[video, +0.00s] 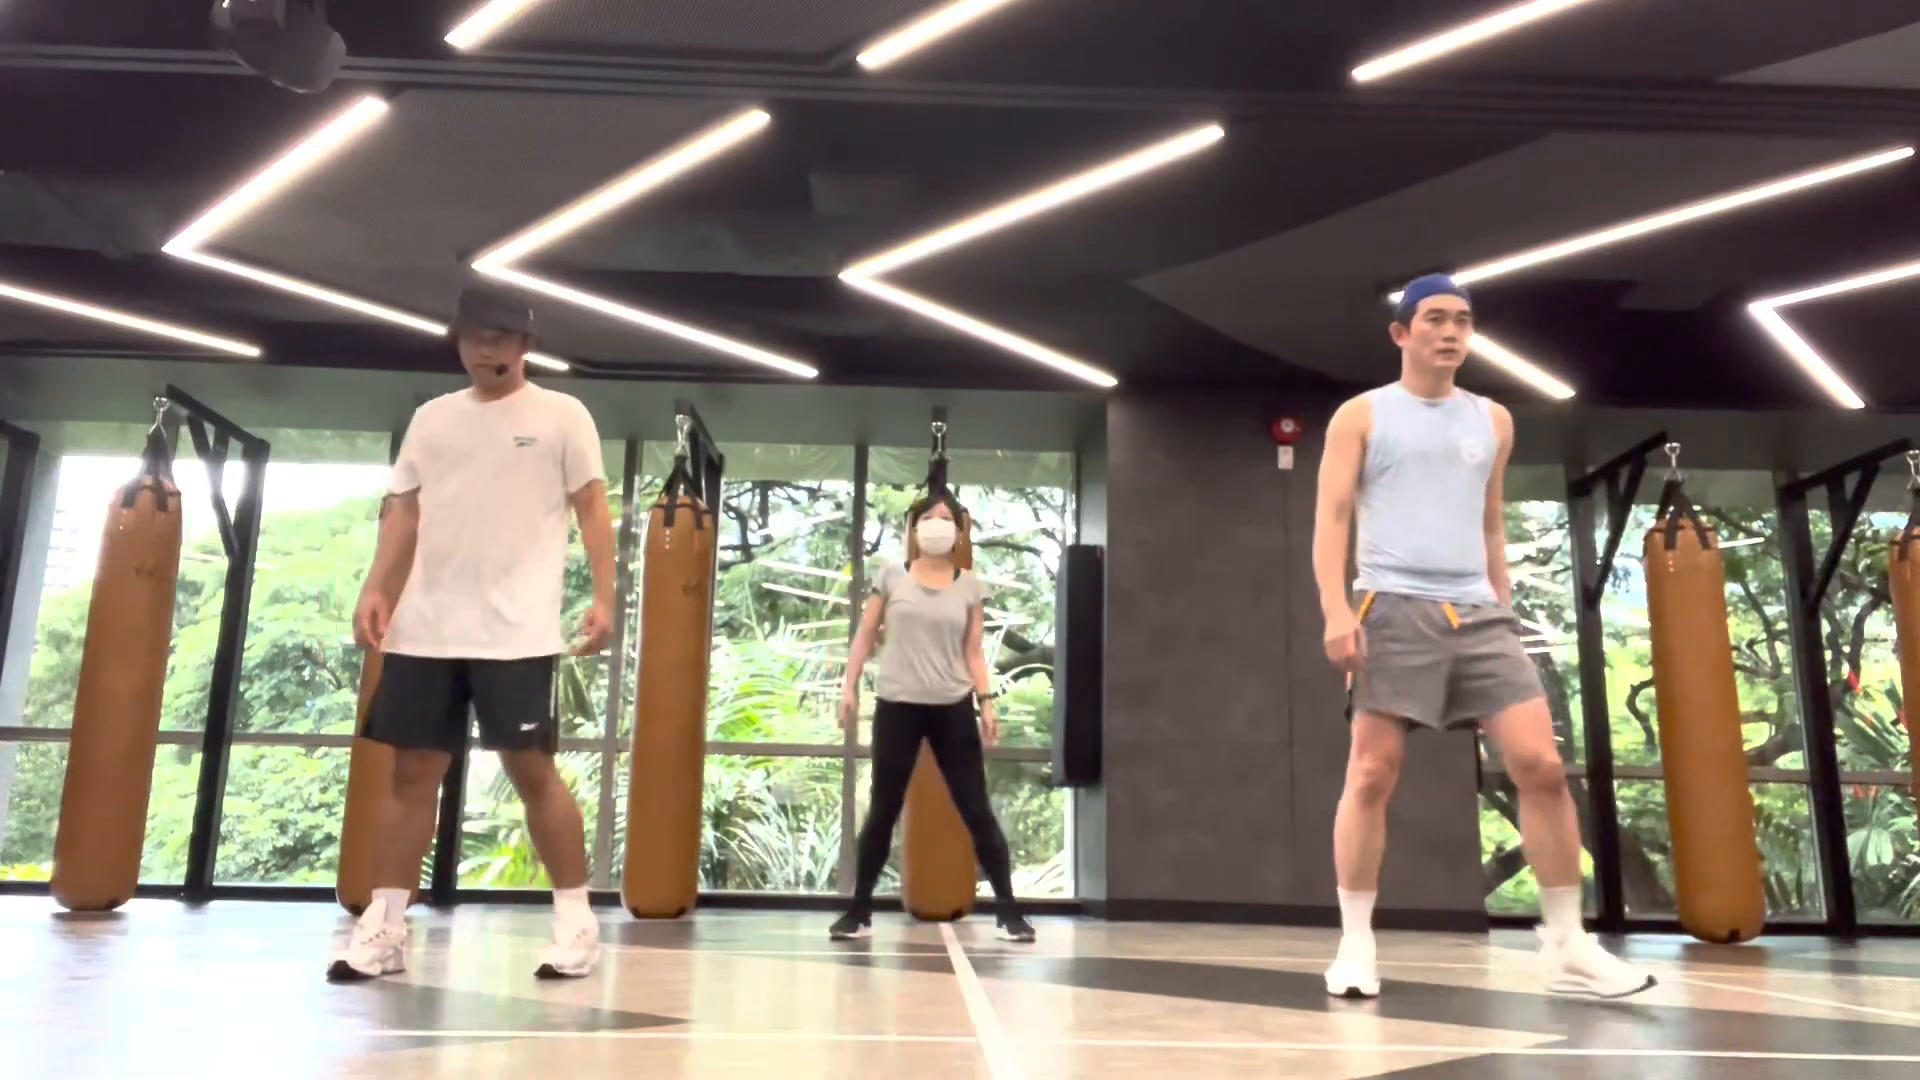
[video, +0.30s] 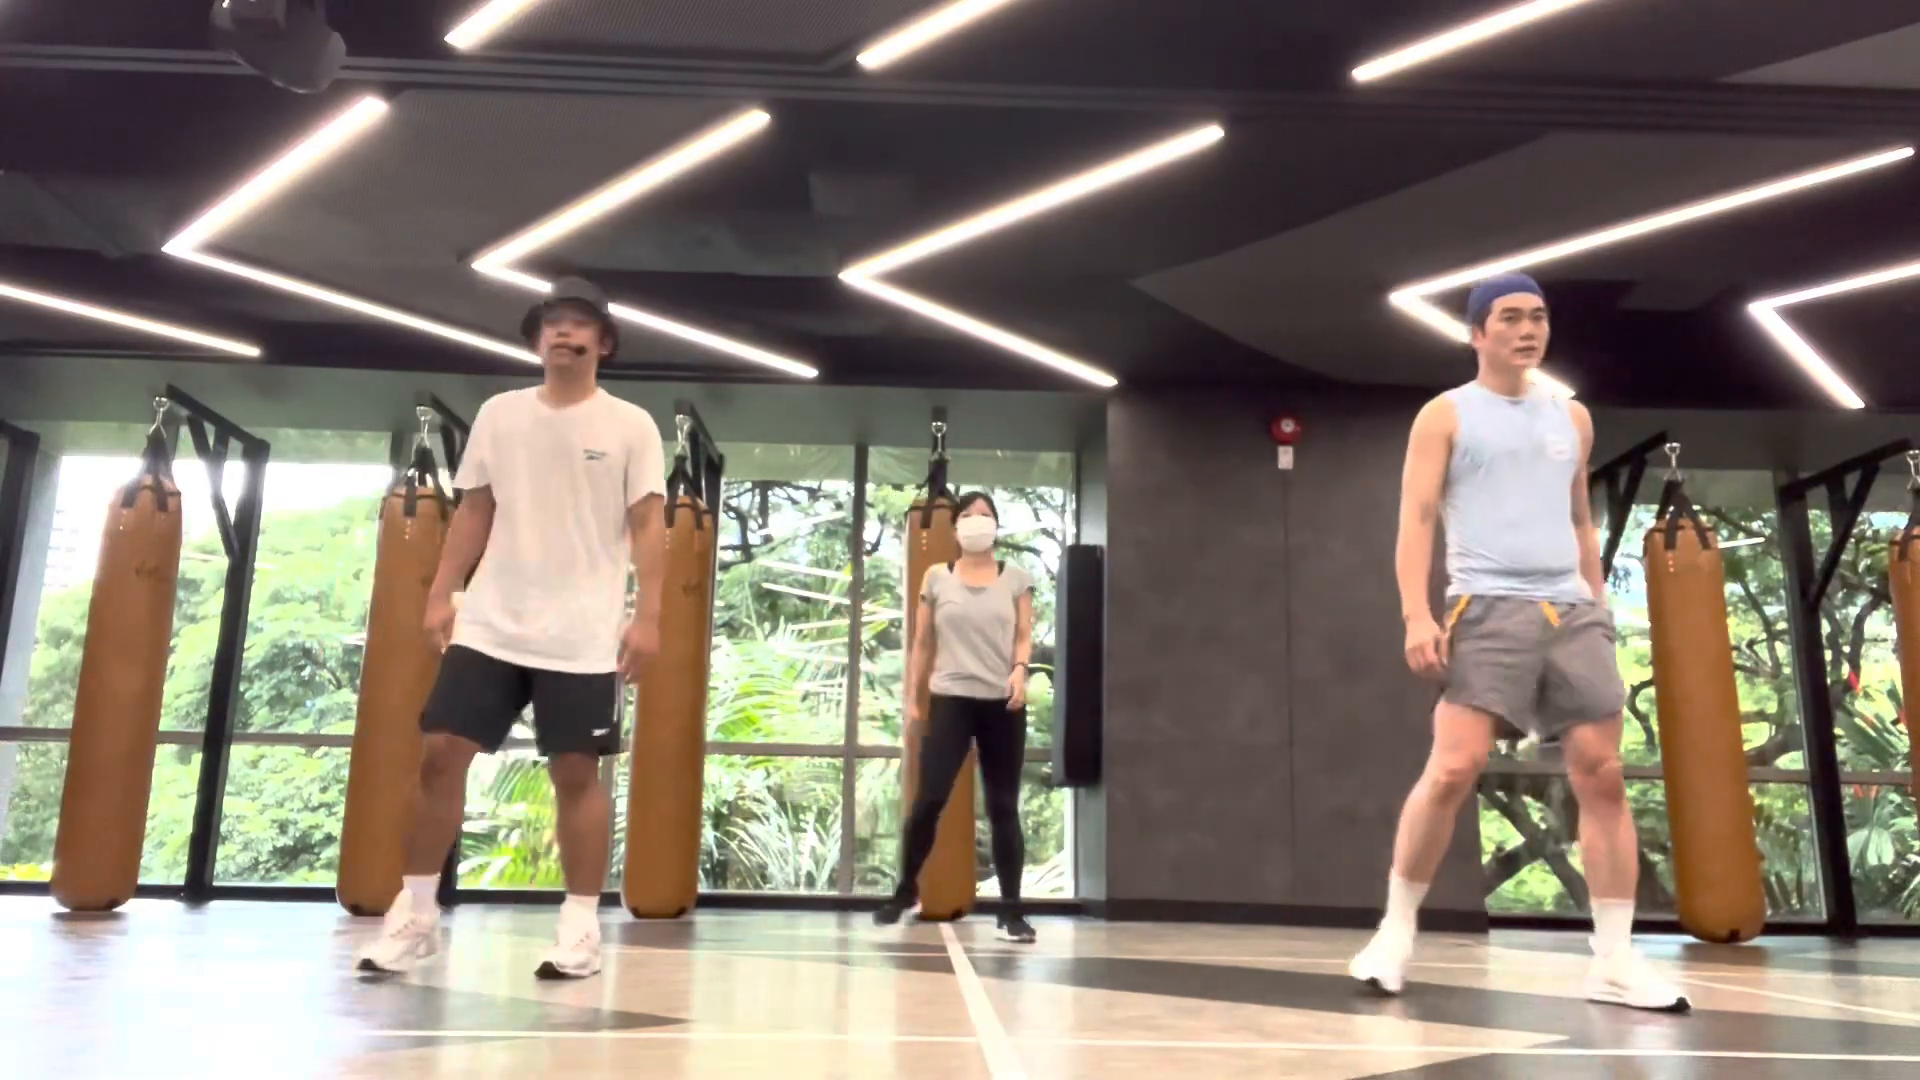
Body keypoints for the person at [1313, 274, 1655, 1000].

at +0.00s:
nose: (1453, 331)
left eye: (1462, 321)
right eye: (1438, 319)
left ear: (1471, 336)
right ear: (1402, 332)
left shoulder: (1492, 421)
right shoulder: (1360, 416)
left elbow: (1492, 526)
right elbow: (1332, 516)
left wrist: (1502, 615)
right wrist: (1336, 610)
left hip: (1483, 616)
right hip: (1395, 615)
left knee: (1543, 767)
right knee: (1370, 777)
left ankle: (1567, 946)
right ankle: (1355, 947)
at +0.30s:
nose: (1526, 329)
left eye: (1536, 317)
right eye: (1510, 318)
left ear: (1549, 331)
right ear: (1479, 332)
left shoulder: (1572, 416)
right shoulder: (1445, 414)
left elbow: (1581, 518)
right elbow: (1417, 518)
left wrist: (1596, 603)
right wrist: (1417, 614)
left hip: (1574, 613)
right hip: (1486, 614)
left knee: (1603, 775)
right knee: (1453, 769)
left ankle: (1613, 962)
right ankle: (1396, 930)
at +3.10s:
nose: (1424, 325)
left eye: (1434, 317)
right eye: (1407, 319)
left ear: (1450, 340)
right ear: (1379, 345)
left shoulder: (1490, 412)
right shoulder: (1348, 428)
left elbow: (1510, 514)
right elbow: (1331, 531)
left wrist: (1527, 601)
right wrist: (1316, 626)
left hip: (1473, 618)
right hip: (1384, 617)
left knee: (1528, 773)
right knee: (1372, 777)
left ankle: (1547, 937)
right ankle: (1369, 943)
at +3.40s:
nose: (1416, 332)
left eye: (1425, 322)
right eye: (1401, 321)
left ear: (1438, 340)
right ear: (1367, 338)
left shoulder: (1469, 416)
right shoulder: (1334, 423)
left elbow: (1482, 522)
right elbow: (1308, 526)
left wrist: (1491, 616)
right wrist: (1280, 626)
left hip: (1452, 614)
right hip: (1369, 613)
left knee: (1458, 776)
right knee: (1365, 778)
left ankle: (1414, 922)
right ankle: (1367, 940)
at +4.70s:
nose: (1497, 319)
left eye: (1508, 312)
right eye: (1480, 311)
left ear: (1526, 336)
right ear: (1452, 337)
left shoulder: (1566, 412)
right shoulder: (1419, 423)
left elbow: (1614, 505)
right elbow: (1404, 526)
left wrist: (1589, 526)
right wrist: (1391, 623)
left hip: (1548, 621)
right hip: (1453, 620)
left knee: (1578, 781)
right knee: (1407, 773)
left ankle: (1599, 959)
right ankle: (1364, 938)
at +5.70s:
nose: (1487, 327)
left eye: (1494, 318)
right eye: (1470, 318)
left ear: (1502, 339)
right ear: (1434, 340)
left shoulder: (1521, 424)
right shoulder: (1401, 417)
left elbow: (1512, 517)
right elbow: (1367, 519)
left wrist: (1535, 589)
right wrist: (1365, 611)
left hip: (1518, 623)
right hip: (1436, 618)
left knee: (1573, 780)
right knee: (1394, 777)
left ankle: (1621, 955)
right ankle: (1364, 947)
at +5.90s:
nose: (1533, 319)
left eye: (1539, 309)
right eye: (1513, 313)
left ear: (1554, 329)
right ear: (1485, 342)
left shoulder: (1586, 421)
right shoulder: (1460, 415)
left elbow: (1596, 499)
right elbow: (1416, 513)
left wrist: (1610, 549)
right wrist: (1408, 603)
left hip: (1581, 620)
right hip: (1495, 618)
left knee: (1620, 776)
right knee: (1462, 776)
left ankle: (1630, 958)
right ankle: (1416, 931)